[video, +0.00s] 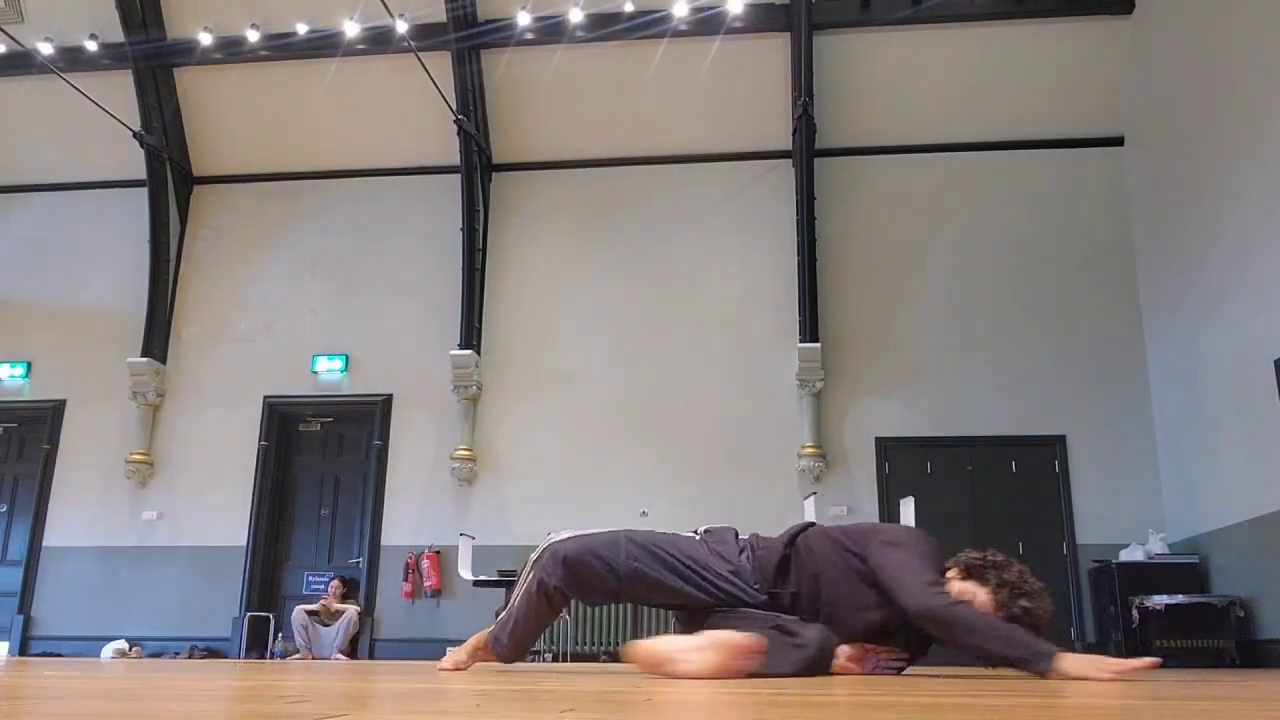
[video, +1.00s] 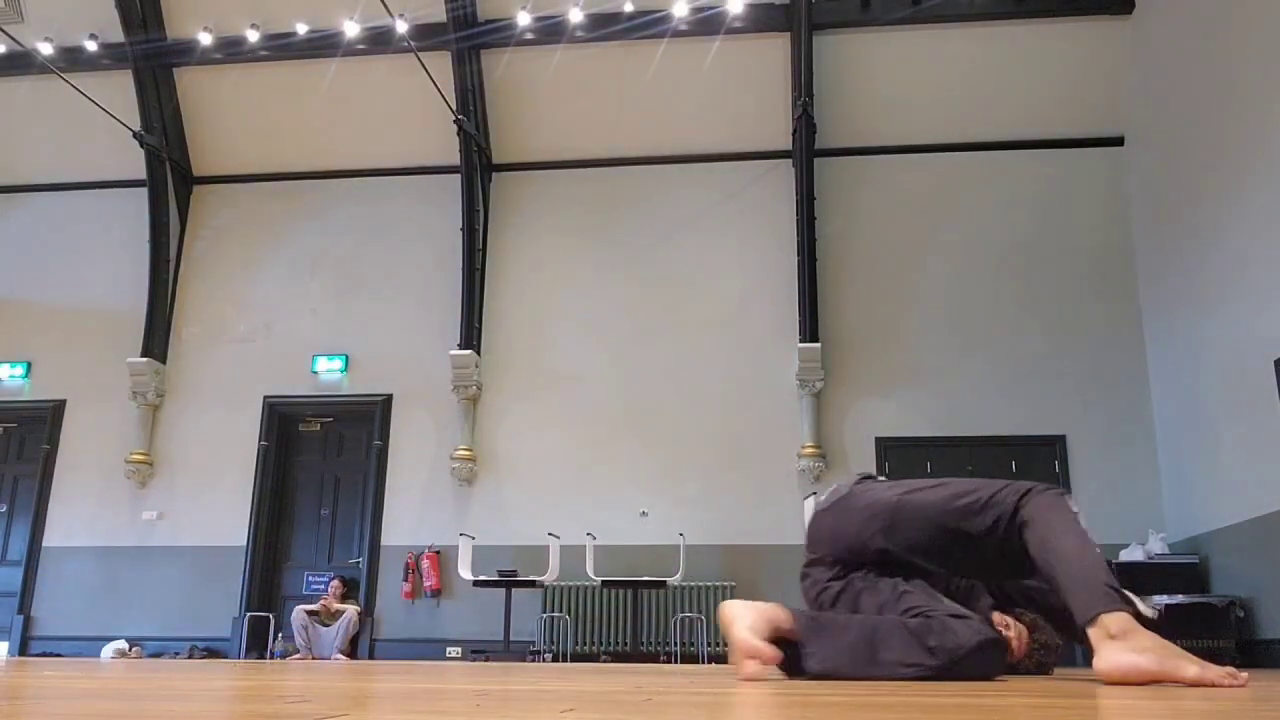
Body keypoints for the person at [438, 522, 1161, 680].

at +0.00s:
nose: (963, 623)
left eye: (978, 630)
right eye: (970, 611)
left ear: (981, 628)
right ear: (962, 578)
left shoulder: (941, 635)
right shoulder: (908, 551)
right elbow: (935, 612)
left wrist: (889, 659)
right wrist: (1057, 661)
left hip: (789, 627)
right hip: (746, 567)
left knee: (801, 645)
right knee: (568, 556)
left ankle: (642, 652)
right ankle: (502, 642)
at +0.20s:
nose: (991, 631)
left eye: (1007, 640)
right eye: (1001, 618)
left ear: (1004, 642)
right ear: (998, 588)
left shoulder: (935, 630)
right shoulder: (942, 548)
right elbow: (1038, 589)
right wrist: (1144, 656)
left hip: (818, 622)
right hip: (772, 563)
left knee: (875, 642)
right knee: (583, 577)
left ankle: (725, 656)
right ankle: (500, 640)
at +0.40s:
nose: (1007, 629)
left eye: (1023, 641)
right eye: (1016, 613)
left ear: (1020, 650)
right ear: (1006, 589)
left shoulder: (959, 645)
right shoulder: (964, 559)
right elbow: (1074, 585)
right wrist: (1172, 659)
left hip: (827, 619)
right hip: (792, 556)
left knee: (906, 644)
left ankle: (734, 661)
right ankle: (537, 627)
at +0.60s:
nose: (1005, 629)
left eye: (1013, 646)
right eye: (1019, 620)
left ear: (1008, 661)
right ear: (1017, 599)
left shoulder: (935, 633)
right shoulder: (983, 563)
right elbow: (1085, 585)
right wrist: (1177, 648)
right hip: (786, 540)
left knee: (930, 653)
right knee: (925, 549)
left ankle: (748, 654)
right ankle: (756, 618)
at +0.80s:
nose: (999, 632)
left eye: (1004, 643)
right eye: (1003, 623)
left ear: (1008, 649)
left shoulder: (949, 637)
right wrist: (1147, 642)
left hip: (798, 607)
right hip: (804, 535)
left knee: (946, 644)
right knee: (988, 501)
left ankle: (748, 639)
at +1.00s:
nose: (1019, 637)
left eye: (1026, 646)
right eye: (1024, 630)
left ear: (1023, 647)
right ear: (1017, 611)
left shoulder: (973, 629)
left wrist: (1014, 646)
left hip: (831, 589)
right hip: (846, 518)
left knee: (976, 649)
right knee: (1036, 498)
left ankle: (772, 627)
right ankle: (1116, 631)